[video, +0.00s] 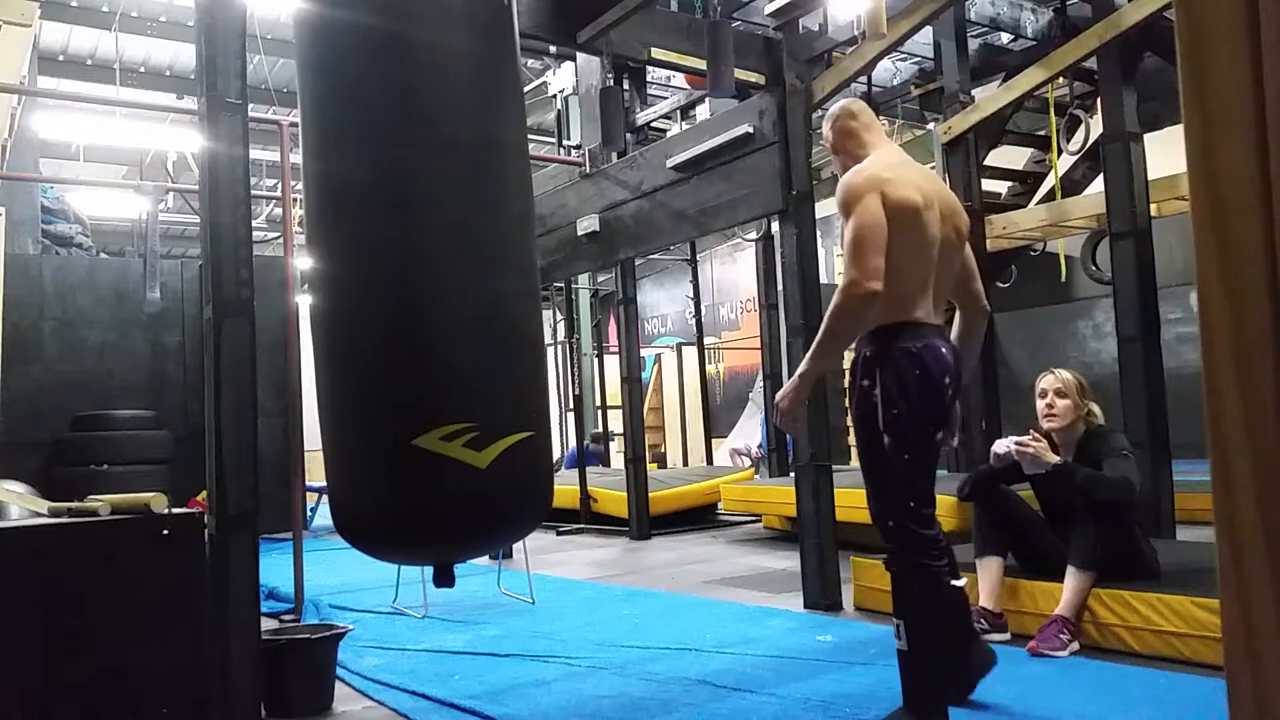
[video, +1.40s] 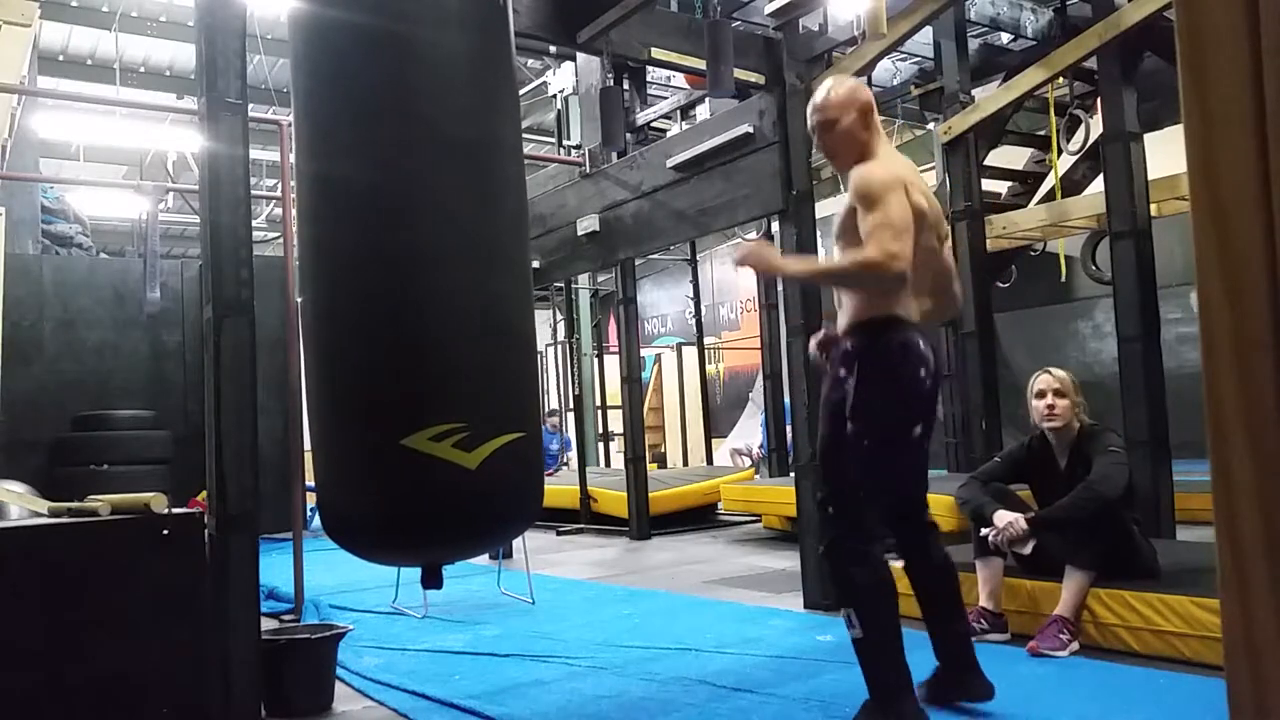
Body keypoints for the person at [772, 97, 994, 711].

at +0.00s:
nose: (831, 165)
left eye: (829, 155)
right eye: (828, 156)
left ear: (840, 141)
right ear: (881, 131)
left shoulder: (862, 179)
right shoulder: (943, 193)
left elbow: (864, 285)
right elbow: (974, 304)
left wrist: (803, 376)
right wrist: (951, 385)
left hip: (887, 361)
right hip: (934, 359)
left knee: (902, 528)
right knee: (913, 519)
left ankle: (924, 700)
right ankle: (962, 651)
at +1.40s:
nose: (820, 144)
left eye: (824, 128)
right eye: (815, 133)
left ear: (862, 115)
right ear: (870, 117)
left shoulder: (874, 176)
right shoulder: (913, 179)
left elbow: (888, 258)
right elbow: (945, 298)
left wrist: (784, 264)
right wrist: (851, 327)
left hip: (873, 361)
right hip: (912, 358)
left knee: (849, 534)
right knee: (909, 520)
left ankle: (891, 700)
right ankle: (961, 671)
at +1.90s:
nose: (834, 158)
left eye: (843, 143)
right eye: (830, 146)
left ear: (883, 134)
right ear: (883, 138)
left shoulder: (886, 196)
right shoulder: (930, 199)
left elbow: (878, 287)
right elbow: (956, 317)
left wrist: (791, 354)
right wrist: (859, 345)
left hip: (891, 380)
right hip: (929, 377)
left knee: (859, 555)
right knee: (921, 539)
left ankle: (900, 709)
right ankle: (986, 682)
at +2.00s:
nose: (840, 155)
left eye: (849, 141)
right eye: (836, 143)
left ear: (887, 133)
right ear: (892, 138)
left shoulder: (892, 196)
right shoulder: (932, 195)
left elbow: (895, 300)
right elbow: (954, 308)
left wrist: (858, 395)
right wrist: (861, 343)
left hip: (902, 373)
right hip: (938, 370)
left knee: (873, 546)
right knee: (936, 533)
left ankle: (901, 706)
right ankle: (987, 681)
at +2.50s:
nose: (836, 125)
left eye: (846, 111)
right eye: (833, 114)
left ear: (882, 107)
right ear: (887, 113)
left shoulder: (886, 163)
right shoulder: (928, 172)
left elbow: (904, 246)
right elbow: (975, 275)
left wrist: (806, 290)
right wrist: (904, 303)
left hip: (881, 341)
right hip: (925, 343)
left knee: (838, 515)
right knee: (911, 517)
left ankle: (874, 691)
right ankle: (960, 670)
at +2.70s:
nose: (817, 143)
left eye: (827, 129)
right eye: (814, 132)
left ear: (871, 125)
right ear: (872, 134)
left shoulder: (849, 182)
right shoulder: (914, 199)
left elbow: (808, 237)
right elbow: (977, 299)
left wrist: (694, 248)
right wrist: (918, 348)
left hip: (873, 378)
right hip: (914, 379)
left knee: (828, 549)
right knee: (883, 552)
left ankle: (825, 711)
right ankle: (942, 695)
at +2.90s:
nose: (808, 122)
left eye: (821, 107)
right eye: (803, 112)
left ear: (863, 106)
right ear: (803, 119)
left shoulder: (875, 175)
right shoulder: (836, 191)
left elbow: (959, 220)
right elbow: (809, 299)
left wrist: (951, 291)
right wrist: (737, 278)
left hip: (854, 389)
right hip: (828, 389)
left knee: (770, 547)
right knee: (851, 539)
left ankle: (790, 711)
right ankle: (935, 673)